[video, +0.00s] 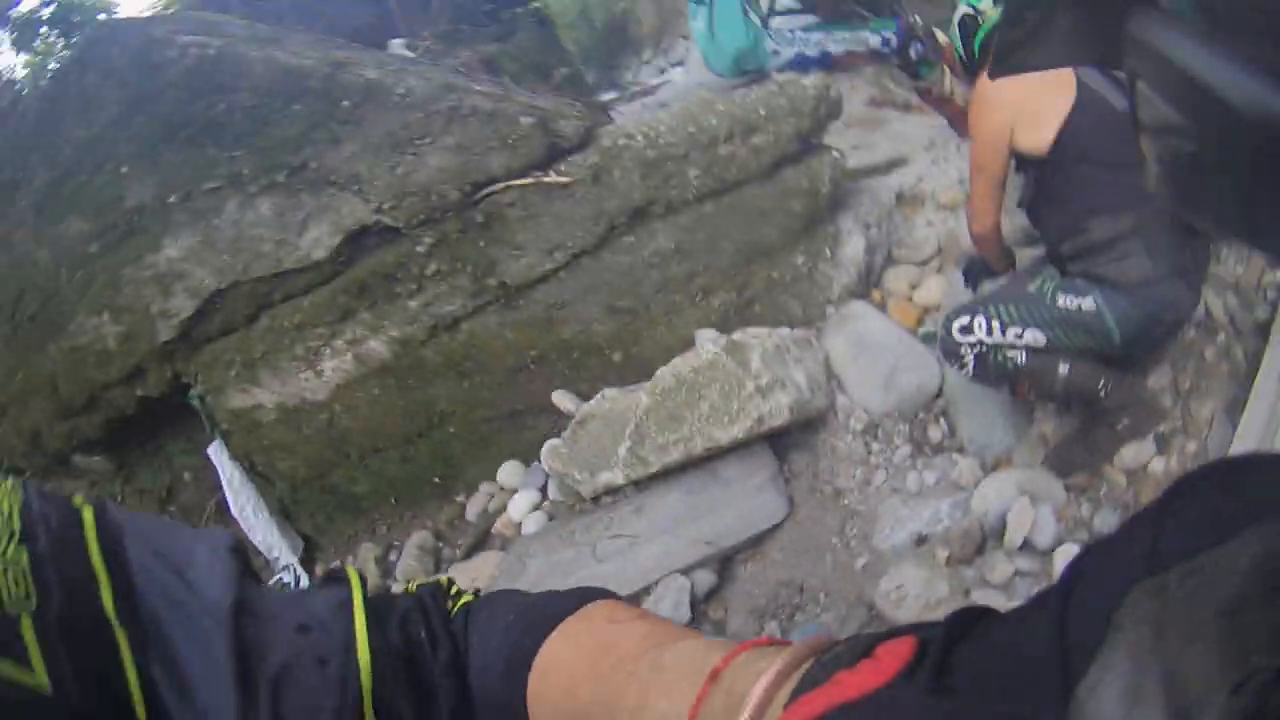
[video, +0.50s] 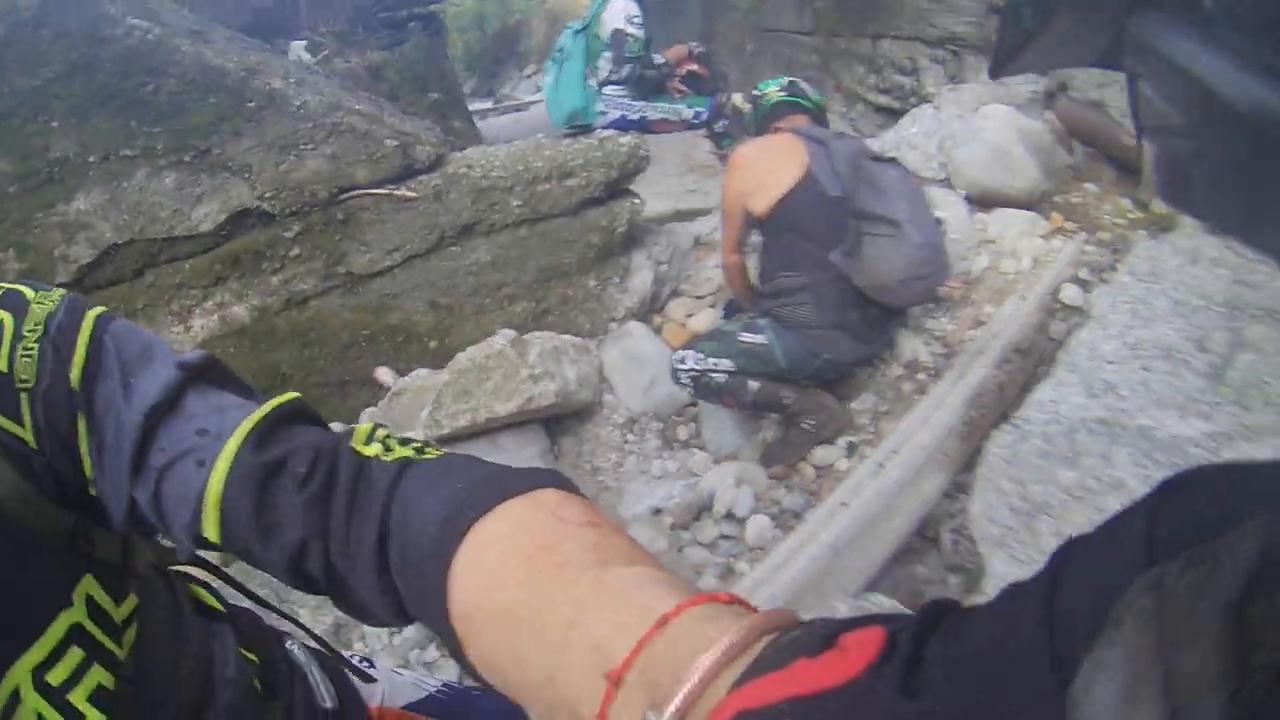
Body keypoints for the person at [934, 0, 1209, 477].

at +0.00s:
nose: (954, 73)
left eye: (953, 57)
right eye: (950, 58)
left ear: (972, 46)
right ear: (1021, 31)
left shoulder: (996, 94)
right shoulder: (1094, 78)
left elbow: (983, 226)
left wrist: (1003, 271)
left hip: (1124, 299)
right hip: (1177, 279)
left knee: (960, 336)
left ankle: (1117, 400)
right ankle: (1126, 355)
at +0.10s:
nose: (939, 90)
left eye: (936, 79)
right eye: (937, 81)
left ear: (947, 74)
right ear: (999, 51)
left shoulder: (974, 107)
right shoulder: (1057, 87)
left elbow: (954, 234)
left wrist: (975, 281)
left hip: (1093, 308)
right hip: (1141, 282)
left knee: (927, 340)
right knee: (955, 287)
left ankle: (1078, 410)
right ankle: (1080, 359)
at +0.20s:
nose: (887, 59)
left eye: (887, 49)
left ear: (899, 44)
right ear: (954, 28)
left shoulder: (907, 79)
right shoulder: (988, 61)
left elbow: (888, 200)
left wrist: (910, 244)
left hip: (1020, 274)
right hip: (1068, 252)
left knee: (859, 302)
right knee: (891, 252)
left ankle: (1005, 372)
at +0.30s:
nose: (859, 99)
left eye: (860, 88)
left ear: (869, 83)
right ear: (931, 73)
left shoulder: (877, 120)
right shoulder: (971, 112)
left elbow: (851, 237)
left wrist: (876, 289)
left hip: (963, 318)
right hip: (1017, 303)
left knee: (815, 339)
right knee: (852, 289)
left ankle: (952, 409)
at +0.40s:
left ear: (843, 137)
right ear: (901, 129)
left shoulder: (840, 172)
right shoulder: (934, 166)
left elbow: (815, 281)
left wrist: (838, 334)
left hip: (910, 360)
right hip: (967, 343)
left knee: (771, 381)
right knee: (815, 332)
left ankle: (900, 444)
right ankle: (918, 404)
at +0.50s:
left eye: (750, 121)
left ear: (763, 122)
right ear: (817, 117)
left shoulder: (750, 157)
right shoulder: (848, 149)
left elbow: (730, 259)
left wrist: (755, 309)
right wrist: (927, 280)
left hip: (820, 336)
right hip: (878, 320)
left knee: (687, 364)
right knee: (736, 312)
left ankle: (813, 414)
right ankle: (832, 377)